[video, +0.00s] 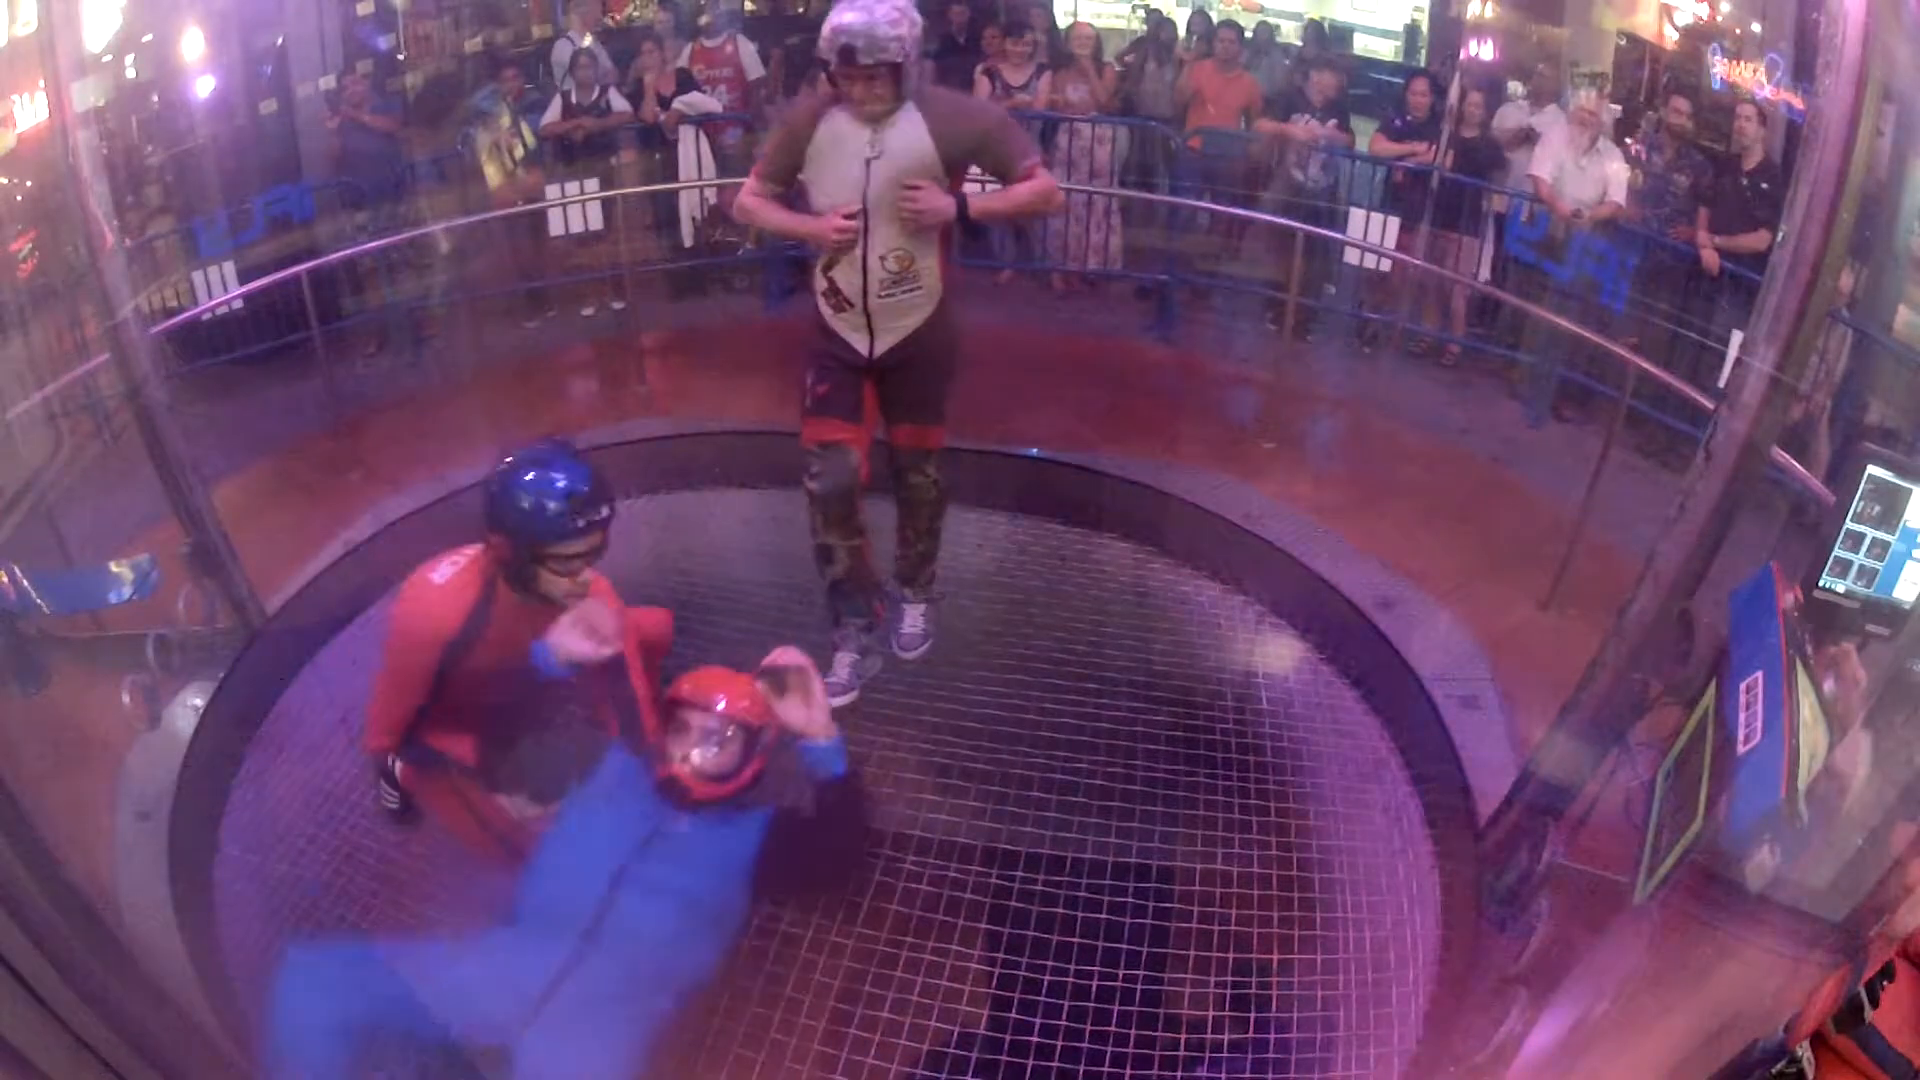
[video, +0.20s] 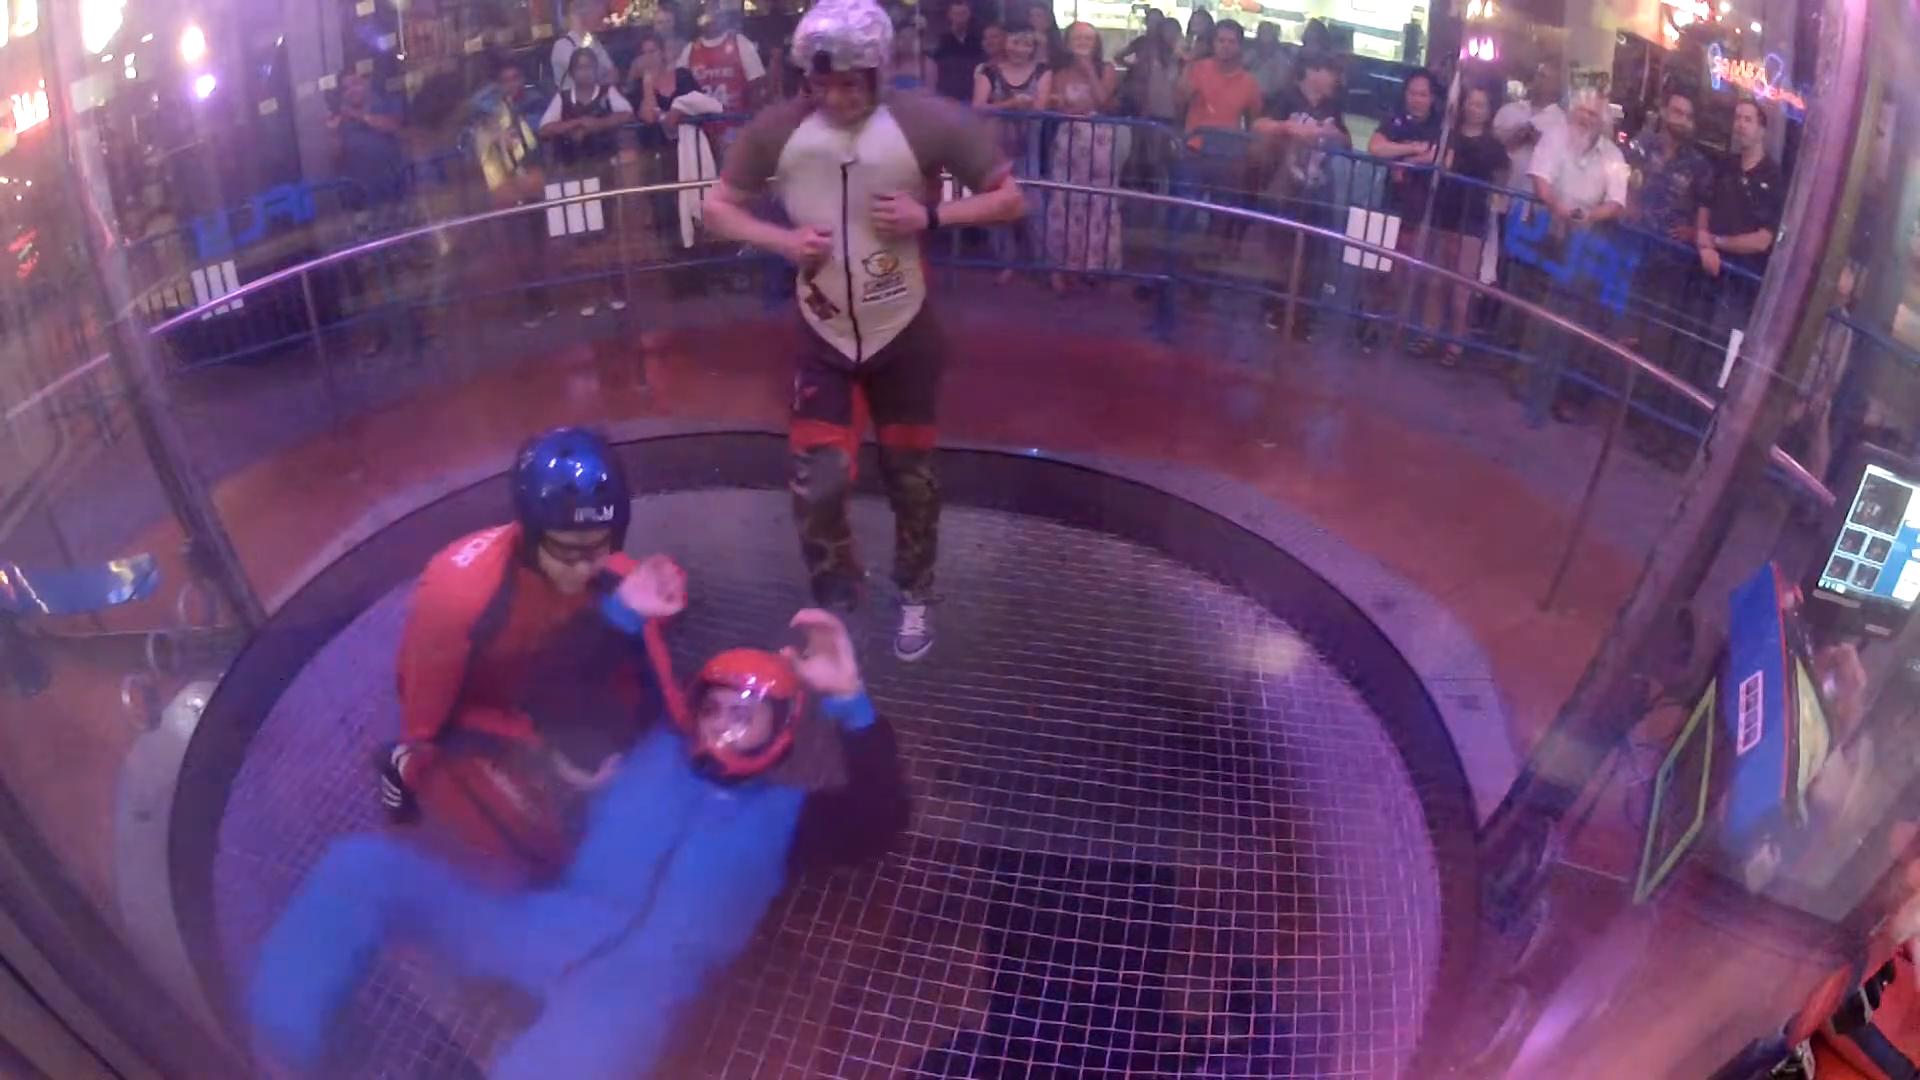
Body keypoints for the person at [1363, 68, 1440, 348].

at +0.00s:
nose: (1419, 100)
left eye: (1424, 95)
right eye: (1414, 94)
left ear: (1433, 99)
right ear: (1405, 96)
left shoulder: (1439, 129)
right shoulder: (1394, 122)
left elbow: (1443, 160)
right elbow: (1376, 147)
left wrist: (1408, 161)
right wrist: (1415, 148)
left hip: (1422, 211)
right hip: (1391, 207)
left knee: (1408, 273)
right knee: (1380, 267)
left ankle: (1399, 327)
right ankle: (1369, 317)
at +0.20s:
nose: (1417, 99)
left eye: (1424, 94)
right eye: (1413, 93)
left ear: (1434, 99)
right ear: (1404, 96)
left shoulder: (1440, 129)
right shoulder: (1394, 122)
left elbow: (1443, 159)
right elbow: (1375, 147)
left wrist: (1407, 160)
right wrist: (1414, 148)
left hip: (1423, 213)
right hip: (1391, 208)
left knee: (1408, 276)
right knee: (1379, 270)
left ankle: (1398, 331)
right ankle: (1369, 323)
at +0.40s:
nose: (1417, 99)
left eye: (1423, 94)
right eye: (1412, 93)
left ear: (1433, 99)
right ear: (1404, 96)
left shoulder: (1439, 129)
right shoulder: (1394, 121)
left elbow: (1442, 160)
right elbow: (1376, 147)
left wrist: (1406, 160)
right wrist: (1415, 148)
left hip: (1422, 212)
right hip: (1391, 207)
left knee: (1405, 275)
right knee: (1378, 269)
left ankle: (1396, 330)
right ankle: (1370, 323)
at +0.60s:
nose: (1416, 99)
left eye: (1422, 94)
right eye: (1411, 93)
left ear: (1433, 99)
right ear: (1403, 95)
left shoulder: (1440, 127)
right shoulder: (1395, 120)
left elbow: (1442, 158)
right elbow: (1375, 147)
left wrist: (1406, 159)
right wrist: (1414, 147)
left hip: (1425, 211)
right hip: (1394, 207)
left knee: (1410, 274)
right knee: (1383, 270)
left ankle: (1399, 329)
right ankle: (1375, 323)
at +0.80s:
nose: (1409, 98)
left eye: (1416, 92)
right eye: (1407, 91)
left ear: (1430, 98)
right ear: (1403, 94)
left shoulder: (1441, 128)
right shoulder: (1396, 123)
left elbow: (1434, 158)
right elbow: (1374, 148)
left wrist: (1399, 156)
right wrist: (1405, 144)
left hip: (1425, 208)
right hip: (1396, 204)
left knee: (1411, 270)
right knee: (1386, 265)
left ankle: (1399, 324)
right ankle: (1376, 319)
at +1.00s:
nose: (1403, 97)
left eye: (1409, 91)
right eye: (1402, 91)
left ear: (1426, 96)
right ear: (1404, 95)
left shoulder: (1440, 128)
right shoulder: (1398, 123)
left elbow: (1435, 157)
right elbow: (1376, 148)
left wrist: (1402, 156)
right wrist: (1392, 145)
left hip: (1424, 207)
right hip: (1396, 202)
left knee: (1408, 268)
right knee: (1386, 265)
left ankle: (1396, 325)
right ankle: (1377, 320)